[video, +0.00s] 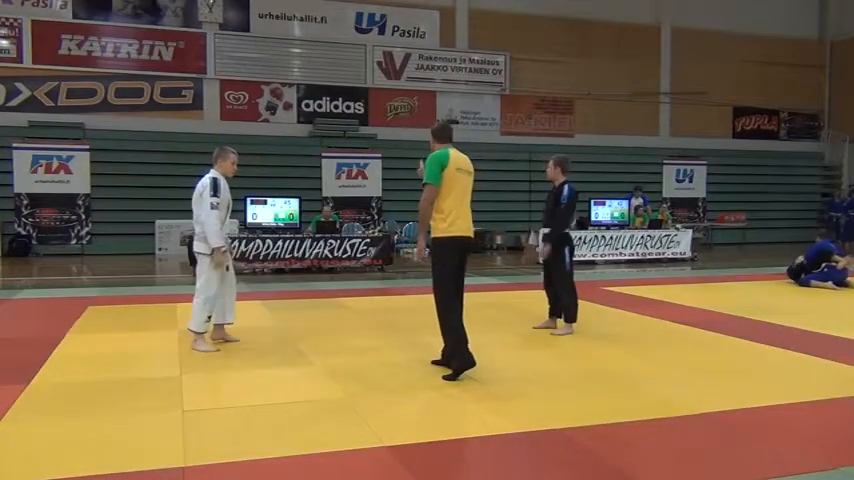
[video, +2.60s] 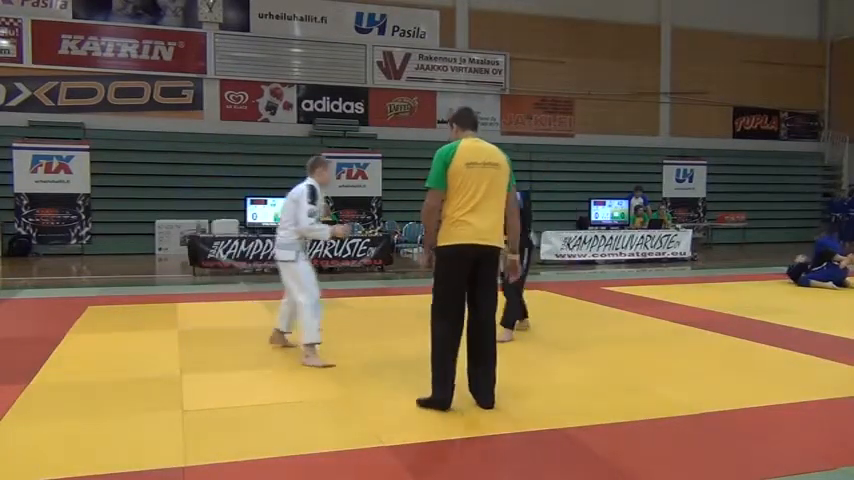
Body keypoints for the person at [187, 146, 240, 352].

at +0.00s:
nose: (235, 168)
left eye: (236, 164)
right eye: (233, 163)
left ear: (222, 162)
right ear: (221, 161)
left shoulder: (218, 182)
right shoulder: (212, 181)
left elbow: (213, 216)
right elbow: (210, 216)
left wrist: (221, 244)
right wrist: (218, 246)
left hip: (219, 245)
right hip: (208, 246)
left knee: (227, 285)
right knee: (207, 289)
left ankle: (219, 329)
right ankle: (198, 337)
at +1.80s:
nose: (249, 168)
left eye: (249, 163)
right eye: (247, 163)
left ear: (235, 164)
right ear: (235, 164)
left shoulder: (233, 185)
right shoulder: (224, 184)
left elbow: (230, 221)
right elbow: (224, 221)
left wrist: (248, 236)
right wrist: (249, 236)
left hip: (232, 247)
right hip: (217, 248)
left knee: (247, 284)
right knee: (213, 292)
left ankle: (248, 330)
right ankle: (199, 338)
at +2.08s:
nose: (281, 175)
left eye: (281, 171)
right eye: (279, 171)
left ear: (267, 171)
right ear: (268, 171)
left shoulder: (263, 191)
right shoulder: (258, 189)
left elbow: (252, 224)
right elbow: (252, 224)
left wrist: (267, 237)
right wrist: (277, 232)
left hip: (254, 253)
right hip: (238, 253)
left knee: (267, 290)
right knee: (230, 295)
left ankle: (273, 335)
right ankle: (202, 336)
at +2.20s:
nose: (295, 175)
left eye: (295, 171)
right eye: (293, 170)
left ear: (281, 169)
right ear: (282, 169)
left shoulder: (273, 187)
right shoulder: (273, 186)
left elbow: (266, 222)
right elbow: (269, 220)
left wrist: (288, 231)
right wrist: (291, 229)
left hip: (261, 248)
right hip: (250, 249)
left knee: (272, 289)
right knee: (254, 292)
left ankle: (273, 335)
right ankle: (220, 324)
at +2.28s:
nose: (302, 173)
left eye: (302, 169)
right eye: (301, 168)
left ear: (289, 167)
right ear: (292, 167)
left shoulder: (285, 186)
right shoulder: (278, 183)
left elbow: (281, 219)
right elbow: (279, 217)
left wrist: (304, 229)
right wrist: (304, 228)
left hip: (267, 246)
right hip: (255, 245)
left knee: (273, 289)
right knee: (265, 290)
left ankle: (273, 335)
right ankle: (242, 329)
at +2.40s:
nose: (313, 174)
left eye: (313, 169)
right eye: (311, 169)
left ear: (298, 168)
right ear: (302, 168)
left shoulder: (292, 187)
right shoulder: (287, 187)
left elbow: (294, 221)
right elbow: (293, 221)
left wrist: (322, 229)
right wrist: (323, 229)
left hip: (271, 248)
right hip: (267, 248)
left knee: (278, 291)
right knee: (280, 292)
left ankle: (274, 336)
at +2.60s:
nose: (331, 176)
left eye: (330, 171)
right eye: (329, 171)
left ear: (316, 171)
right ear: (319, 171)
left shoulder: (306, 190)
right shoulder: (307, 191)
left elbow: (304, 225)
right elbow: (304, 226)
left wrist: (330, 229)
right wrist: (332, 231)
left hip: (288, 250)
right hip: (291, 251)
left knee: (294, 293)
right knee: (309, 296)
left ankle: (279, 332)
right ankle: (310, 350)